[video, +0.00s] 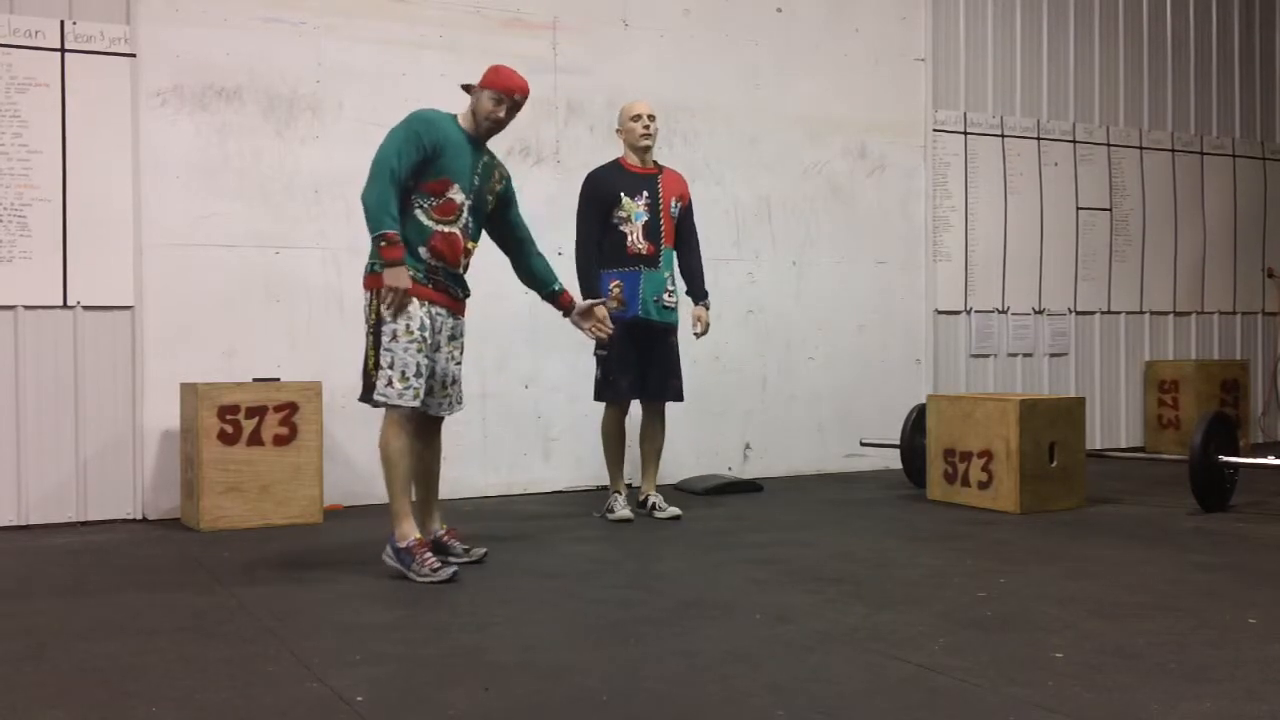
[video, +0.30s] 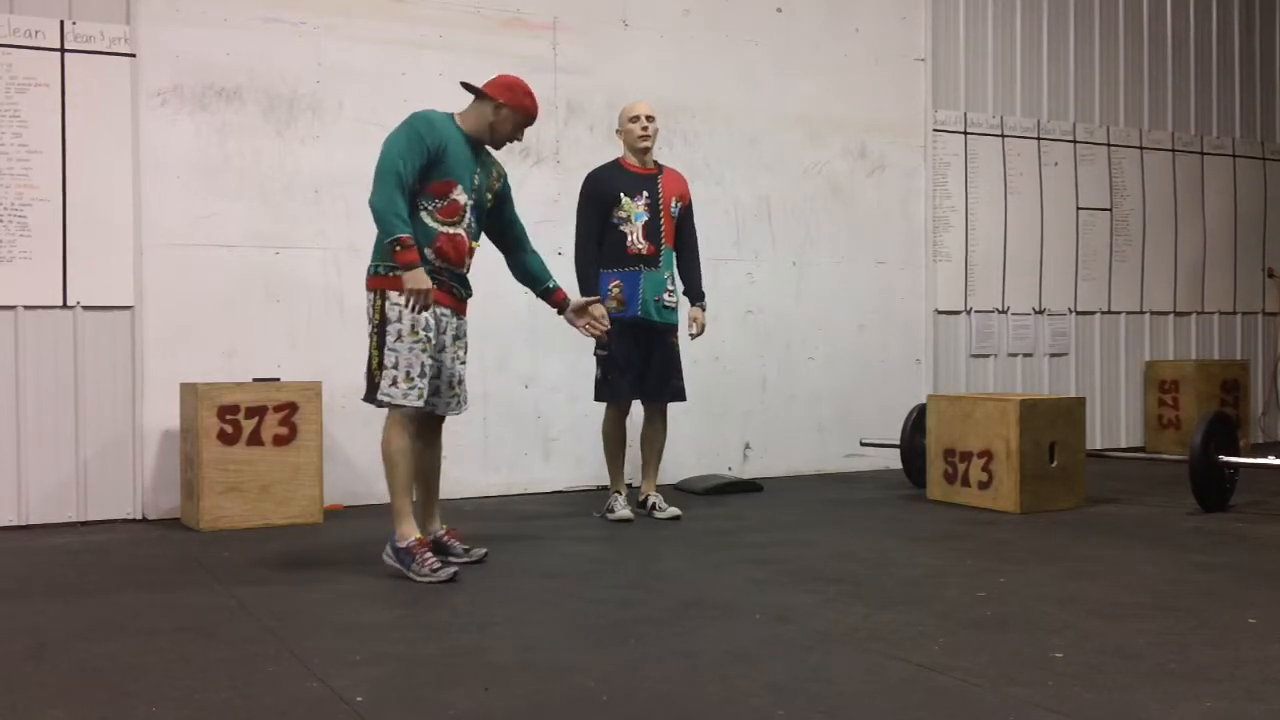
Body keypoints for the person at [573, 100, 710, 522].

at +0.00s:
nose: (647, 125)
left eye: (651, 119)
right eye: (637, 119)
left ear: (658, 129)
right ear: (620, 131)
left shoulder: (675, 182)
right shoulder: (600, 181)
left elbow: (688, 246)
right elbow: (586, 247)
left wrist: (699, 299)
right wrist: (592, 304)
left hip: (661, 312)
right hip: (616, 312)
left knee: (654, 403)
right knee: (617, 403)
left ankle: (649, 491)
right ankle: (617, 492)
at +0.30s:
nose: (644, 126)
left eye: (650, 120)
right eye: (636, 120)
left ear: (658, 130)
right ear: (620, 131)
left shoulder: (675, 182)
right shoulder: (599, 181)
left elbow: (687, 247)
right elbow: (585, 247)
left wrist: (696, 300)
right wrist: (591, 304)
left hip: (661, 313)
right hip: (615, 313)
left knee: (657, 404)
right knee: (618, 404)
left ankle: (648, 491)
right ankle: (617, 492)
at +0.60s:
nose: (646, 128)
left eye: (651, 122)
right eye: (637, 122)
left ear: (658, 130)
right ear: (620, 132)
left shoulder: (675, 183)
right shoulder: (599, 183)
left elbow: (687, 246)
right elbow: (585, 247)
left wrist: (696, 298)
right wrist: (590, 302)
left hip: (661, 313)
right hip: (615, 313)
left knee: (656, 405)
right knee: (618, 405)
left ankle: (648, 492)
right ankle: (617, 493)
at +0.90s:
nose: (661, 138)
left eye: (667, 131)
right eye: (653, 131)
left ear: (673, 134)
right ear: (633, 132)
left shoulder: (681, 182)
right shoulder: (606, 182)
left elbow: (690, 247)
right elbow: (586, 249)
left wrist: (696, 302)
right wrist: (590, 308)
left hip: (661, 315)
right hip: (616, 315)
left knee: (656, 405)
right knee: (619, 406)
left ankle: (648, 492)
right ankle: (617, 493)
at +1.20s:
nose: (692, 190)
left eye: (697, 181)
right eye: (684, 182)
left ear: (702, 180)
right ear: (663, 179)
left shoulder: (703, 215)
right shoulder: (625, 212)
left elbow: (689, 268)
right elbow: (589, 268)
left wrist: (672, 308)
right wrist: (578, 322)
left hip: (660, 321)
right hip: (616, 322)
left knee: (663, 410)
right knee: (629, 409)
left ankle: (648, 493)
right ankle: (618, 494)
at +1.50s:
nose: (719, 325)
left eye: (725, 319)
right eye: (715, 317)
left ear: (734, 305)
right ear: (702, 302)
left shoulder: (736, 307)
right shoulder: (655, 303)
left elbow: (746, 372)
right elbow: (630, 384)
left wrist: (756, 438)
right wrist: (637, 451)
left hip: (666, 313)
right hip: (624, 307)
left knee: (669, 400)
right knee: (623, 402)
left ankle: (644, 481)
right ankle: (615, 490)